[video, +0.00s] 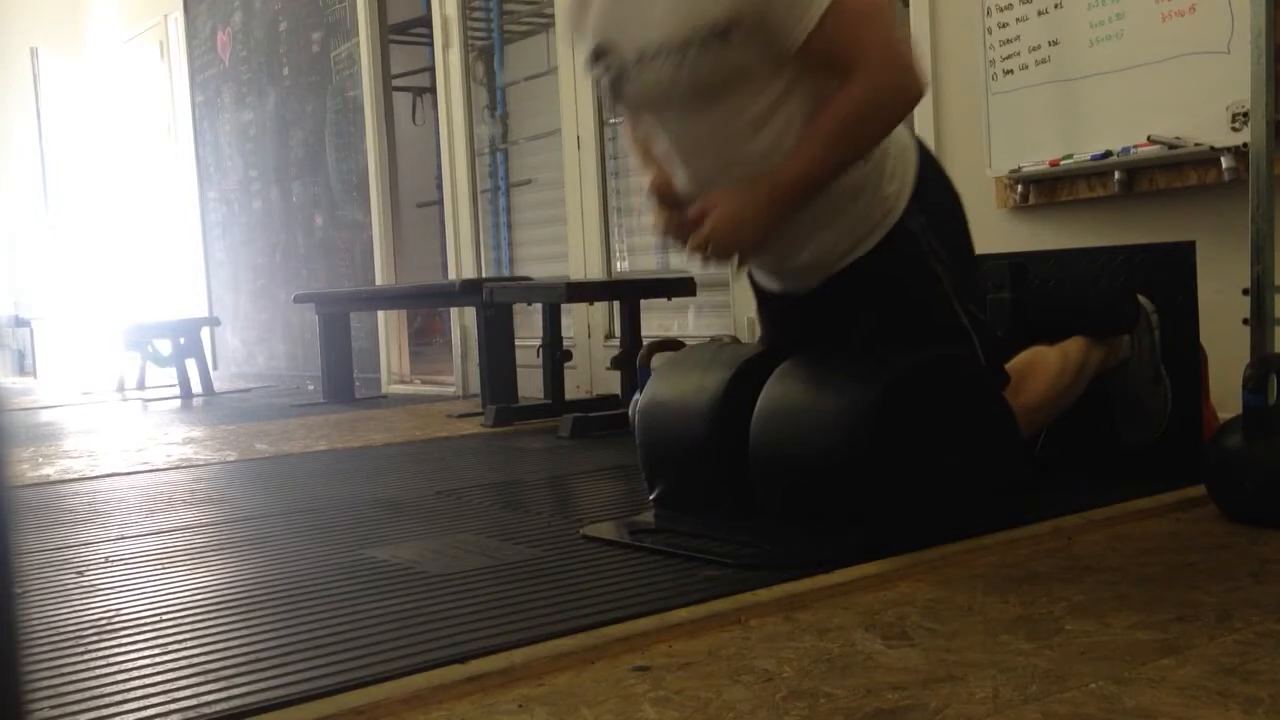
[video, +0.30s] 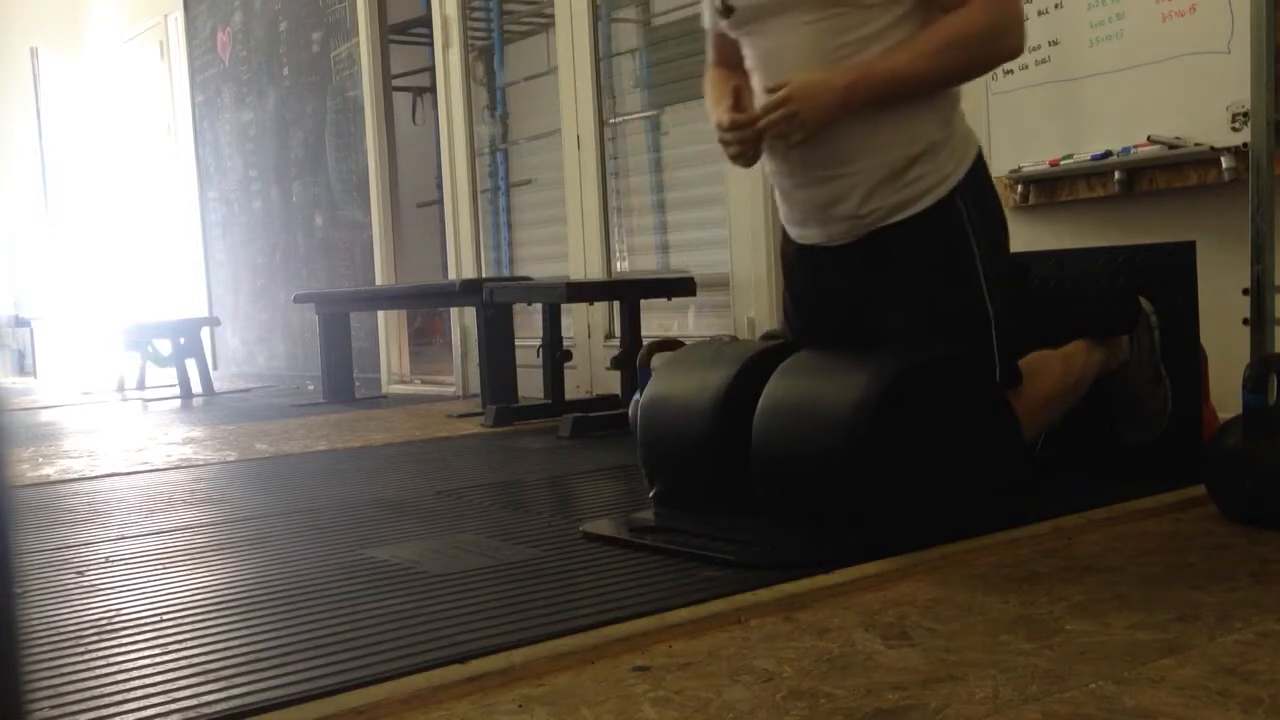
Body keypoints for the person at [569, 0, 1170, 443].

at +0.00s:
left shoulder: (772, 5)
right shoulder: (586, 10)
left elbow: (890, 76)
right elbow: (640, 101)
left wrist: (766, 197)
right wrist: (662, 174)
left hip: (889, 233)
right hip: (783, 267)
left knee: (959, 449)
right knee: (836, 463)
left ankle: (1099, 348)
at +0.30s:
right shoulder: (725, 6)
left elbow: (999, 28)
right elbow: (725, 63)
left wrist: (840, 89)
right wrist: (729, 117)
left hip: (930, 211)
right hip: (811, 234)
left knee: (964, 449)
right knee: (846, 456)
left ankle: (1101, 348)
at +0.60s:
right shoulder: (739, 3)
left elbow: (1007, 29)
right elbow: (734, 56)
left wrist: (855, 72)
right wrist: (740, 101)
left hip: (930, 204)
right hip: (813, 224)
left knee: (972, 435)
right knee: (838, 443)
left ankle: (1106, 349)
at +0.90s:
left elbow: (945, 33)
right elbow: (670, 55)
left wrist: (786, 106)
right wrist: (677, 119)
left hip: (899, 217)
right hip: (786, 248)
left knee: (968, 437)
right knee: (847, 456)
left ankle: (1105, 347)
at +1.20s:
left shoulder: (686, 5)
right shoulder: (510, 33)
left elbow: (840, 92)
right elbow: (595, 141)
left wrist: (689, 205)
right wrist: (591, 198)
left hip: (845, 249)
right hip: (756, 289)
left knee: (970, 414)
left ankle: (1100, 348)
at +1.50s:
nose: (286, 212)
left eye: (286, 183)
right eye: (269, 195)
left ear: (346, 146)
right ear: (307, 177)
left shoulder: (508, 198)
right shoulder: (407, 236)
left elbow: (747, 266)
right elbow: (552, 293)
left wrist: (642, 385)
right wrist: (569, 368)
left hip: (799, 270)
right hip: (714, 311)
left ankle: (1072, 345)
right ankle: (990, 351)